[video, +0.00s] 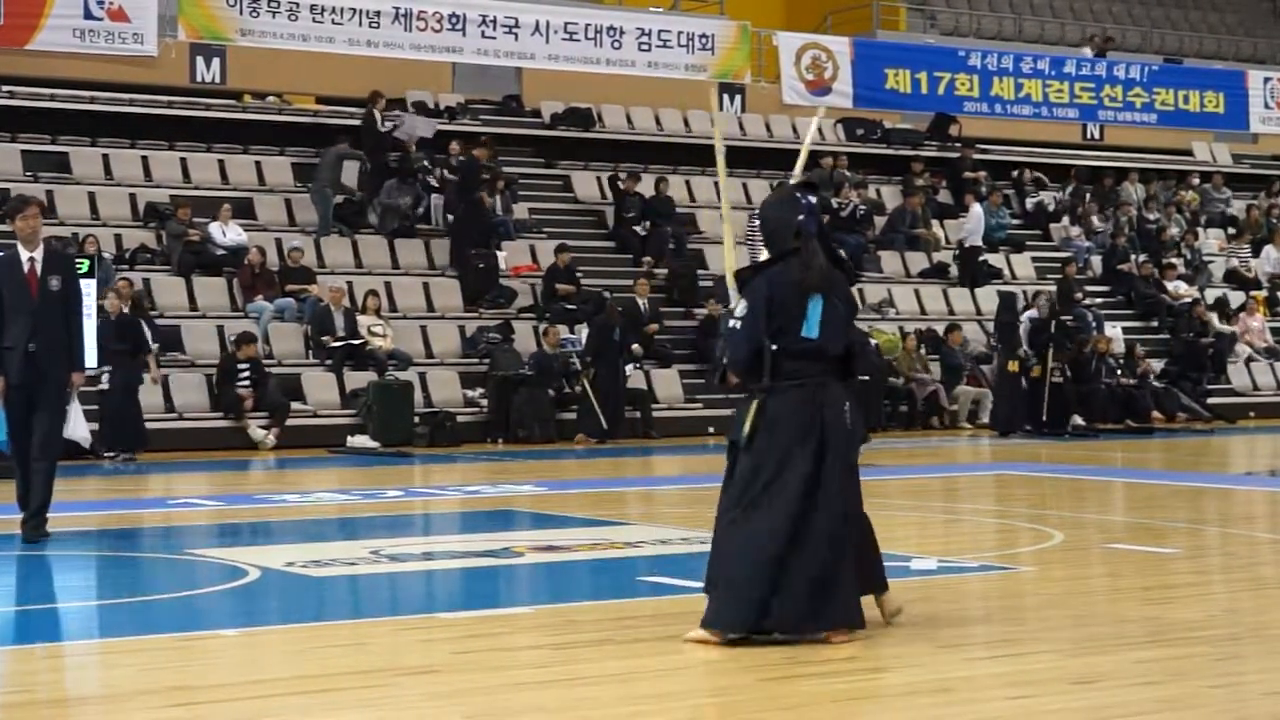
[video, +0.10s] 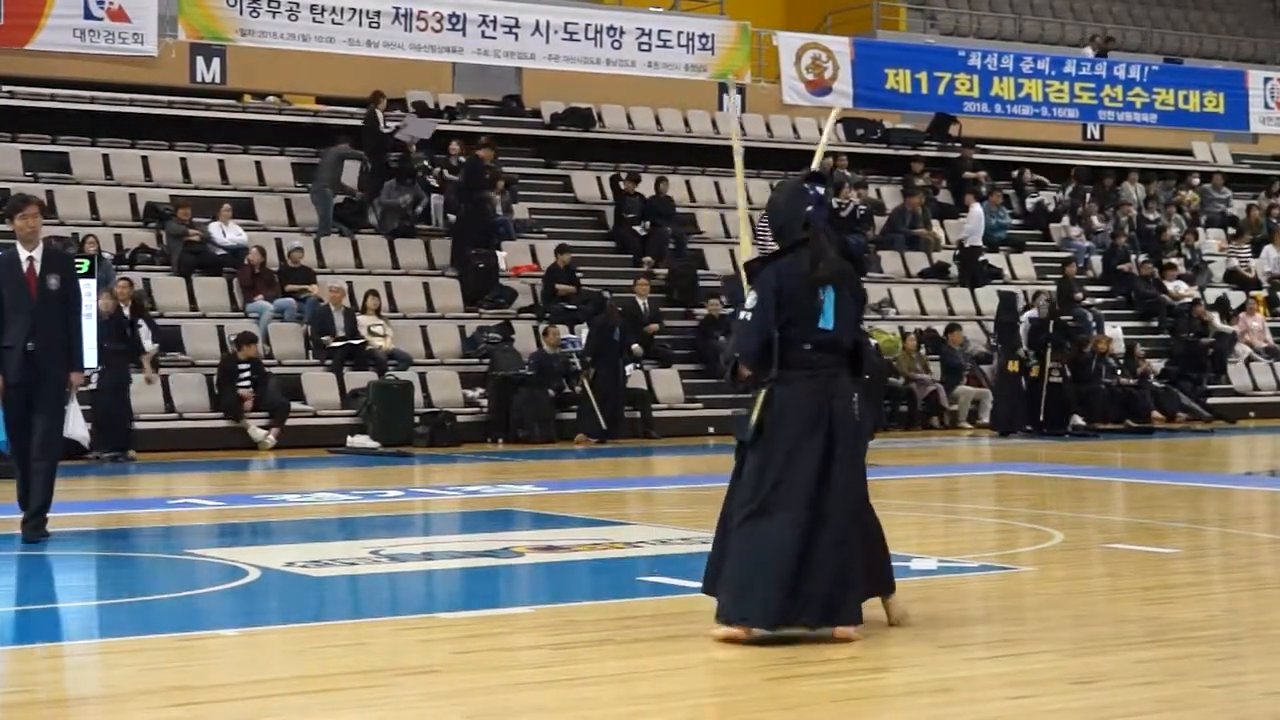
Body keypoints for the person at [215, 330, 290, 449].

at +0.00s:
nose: (256, 349)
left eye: (256, 346)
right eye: (254, 346)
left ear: (248, 347)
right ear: (244, 347)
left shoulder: (256, 362)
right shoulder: (226, 361)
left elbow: (262, 383)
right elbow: (222, 386)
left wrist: (254, 398)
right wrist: (239, 394)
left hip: (255, 395)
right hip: (236, 395)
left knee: (283, 404)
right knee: (230, 400)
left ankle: (272, 435)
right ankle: (250, 428)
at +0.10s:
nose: (256, 349)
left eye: (256, 346)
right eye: (254, 346)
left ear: (248, 347)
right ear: (245, 347)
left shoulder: (256, 362)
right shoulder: (227, 362)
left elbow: (262, 384)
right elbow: (223, 387)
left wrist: (253, 398)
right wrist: (239, 393)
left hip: (256, 395)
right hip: (236, 395)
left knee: (283, 404)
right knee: (229, 402)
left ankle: (272, 436)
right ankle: (250, 428)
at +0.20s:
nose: (257, 349)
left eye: (256, 346)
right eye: (254, 346)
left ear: (249, 347)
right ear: (245, 347)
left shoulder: (257, 362)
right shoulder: (228, 362)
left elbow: (263, 384)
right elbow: (224, 387)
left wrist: (254, 398)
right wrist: (239, 397)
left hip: (256, 396)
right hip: (236, 396)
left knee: (283, 404)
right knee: (226, 402)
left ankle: (272, 436)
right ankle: (249, 429)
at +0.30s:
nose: (257, 350)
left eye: (257, 346)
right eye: (254, 347)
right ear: (245, 348)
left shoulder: (258, 363)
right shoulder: (228, 362)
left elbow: (263, 385)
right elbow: (224, 388)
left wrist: (254, 399)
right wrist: (239, 399)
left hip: (256, 396)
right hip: (236, 396)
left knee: (283, 404)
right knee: (226, 402)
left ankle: (272, 436)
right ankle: (248, 429)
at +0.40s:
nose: (258, 351)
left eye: (258, 347)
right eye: (255, 348)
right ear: (246, 349)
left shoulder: (258, 363)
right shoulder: (229, 362)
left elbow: (263, 385)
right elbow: (224, 388)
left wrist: (254, 400)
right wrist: (239, 399)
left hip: (255, 396)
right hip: (235, 396)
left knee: (283, 404)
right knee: (225, 402)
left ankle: (272, 436)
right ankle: (250, 428)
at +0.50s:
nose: (259, 351)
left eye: (259, 348)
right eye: (256, 348)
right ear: (246, 349)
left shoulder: (259, 363)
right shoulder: (229, 363)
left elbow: (264, 385)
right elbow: (224, 388)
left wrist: (254, 400)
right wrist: (239, 399)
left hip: (255, 396)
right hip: (236, 397)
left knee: (283, 404)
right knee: (226, 402)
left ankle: (271, 436)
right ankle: (251, 428)